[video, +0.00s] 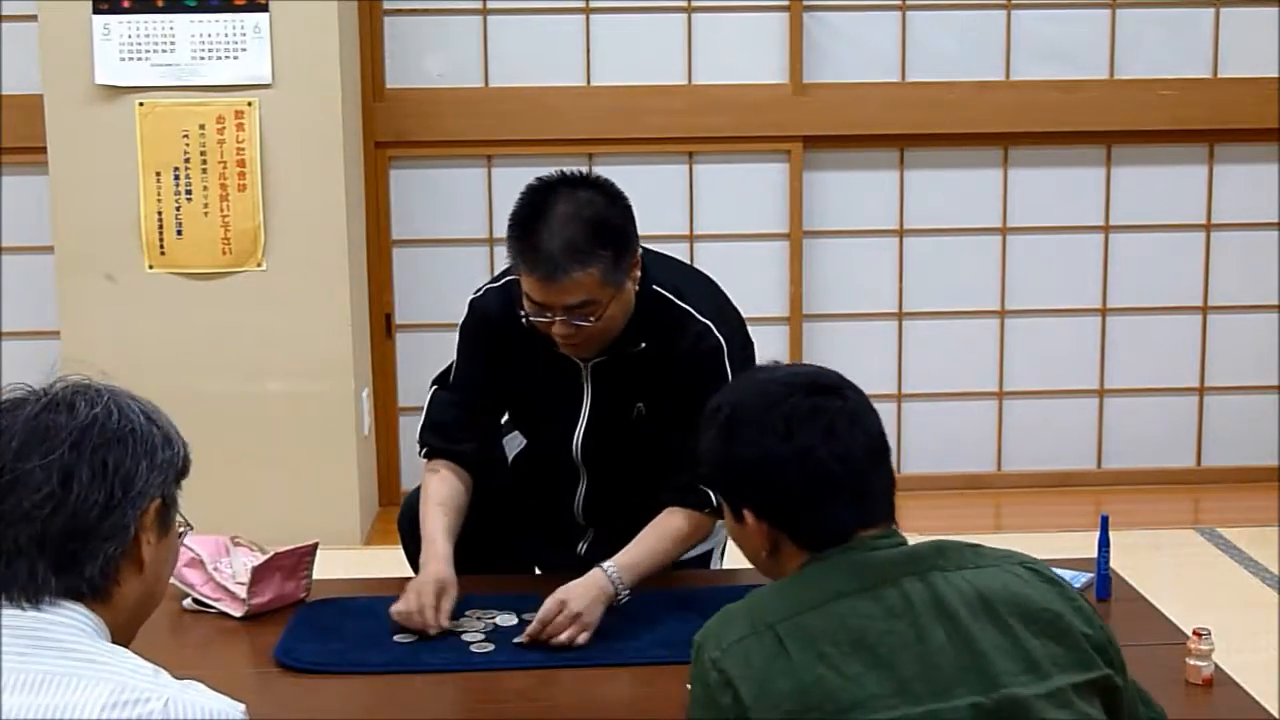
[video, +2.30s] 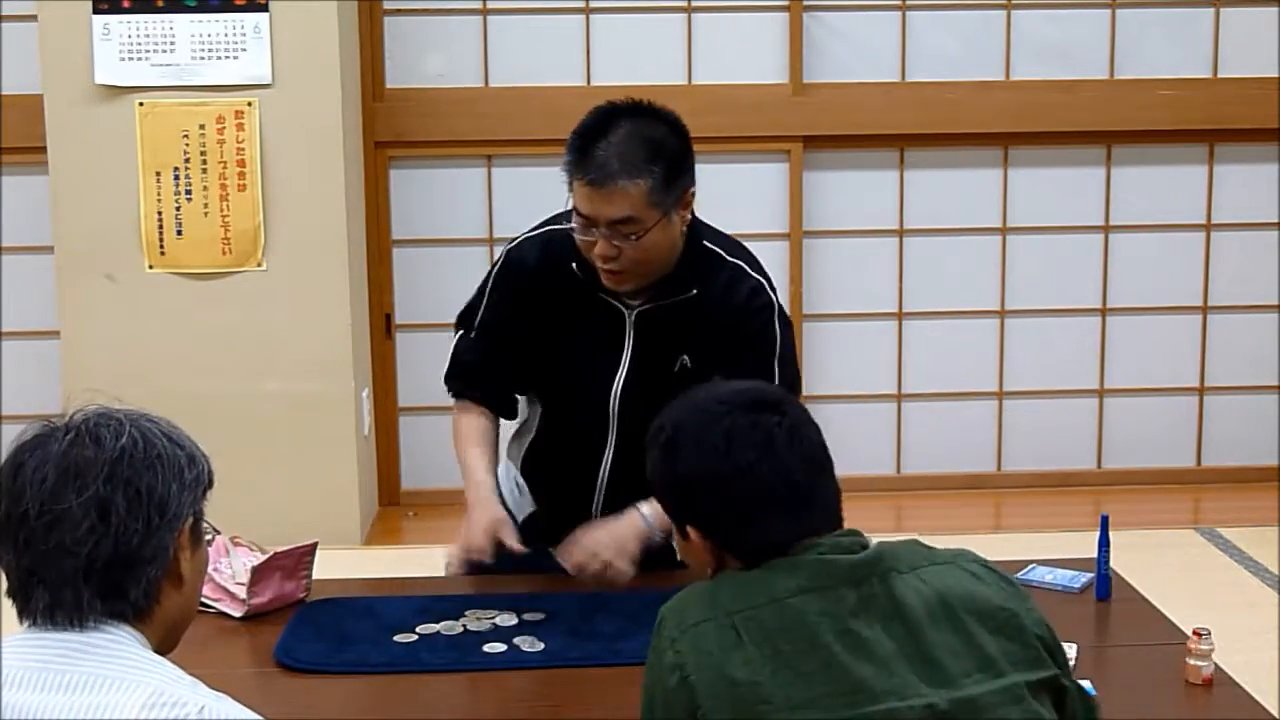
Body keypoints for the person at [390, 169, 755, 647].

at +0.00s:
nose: (559, 330)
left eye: (582, 312)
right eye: (540, 309)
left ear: (633, 271)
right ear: (520, 275)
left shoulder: (702, 331)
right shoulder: (497, 315)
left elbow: (706, 497)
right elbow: (452, 447)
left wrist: (605, 582)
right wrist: (436, 559)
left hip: (654, 520)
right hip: (544, 509)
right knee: (423, 514)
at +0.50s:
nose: (550, 326)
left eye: (572, 308)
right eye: (532, 304)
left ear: (626, 273)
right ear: (514, 272)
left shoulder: (701, 335)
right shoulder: (492, 319)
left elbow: (680, 500)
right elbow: (455, 456)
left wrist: (556, 569)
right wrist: (421, 560)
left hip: (654, 538)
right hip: (534, 526)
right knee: (422, 518)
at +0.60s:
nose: (544, 320)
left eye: (566, 302)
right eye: (525, 297)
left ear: (624, 272)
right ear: (509, 267)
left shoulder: (695, 335)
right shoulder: (489, 323)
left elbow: (662, 496)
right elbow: (447, 460)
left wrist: (537, 573)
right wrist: (392, 566)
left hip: (652, 542)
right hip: (524, 536)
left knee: (638, 694)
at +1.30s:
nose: (522, 323)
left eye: (541, 304)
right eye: (504, 301)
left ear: (599, 268)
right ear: (487, 277)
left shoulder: (680, 330)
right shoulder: (478, 326)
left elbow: (674, 490)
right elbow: (434, 455)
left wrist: (560, 577)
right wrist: (398, 559)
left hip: (651, 532)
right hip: (531, 521)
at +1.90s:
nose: (558, 286)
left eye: (580, 265)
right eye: (540, 263)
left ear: (634, 238)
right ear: (523, 240)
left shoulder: (703, 306)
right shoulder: (506, 300)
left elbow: (688, 467)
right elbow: (472, 423)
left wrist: (562, 533)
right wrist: (444, 507)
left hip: (654, 534)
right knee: (419, 527)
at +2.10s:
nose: (584, 253)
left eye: (607, 233)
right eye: (568, 229)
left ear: (665, 211)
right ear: (554, 207)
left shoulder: (720, 291)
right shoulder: (526, 271)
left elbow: (727, 448)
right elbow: (480, 384)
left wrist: (585, 507)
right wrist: (472, 471)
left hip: (646, 503)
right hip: (526, 486)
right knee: (411, 540)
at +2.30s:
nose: (602, 249)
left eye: (627, 230)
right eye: (586, 225)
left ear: (683, 208)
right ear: (573, 197)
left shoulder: (742, 296)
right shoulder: (534, 265)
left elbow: (759, 450)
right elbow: (476, 386)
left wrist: (641, 524)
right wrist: (481, 498)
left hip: (682, 557)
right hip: (539, 545)